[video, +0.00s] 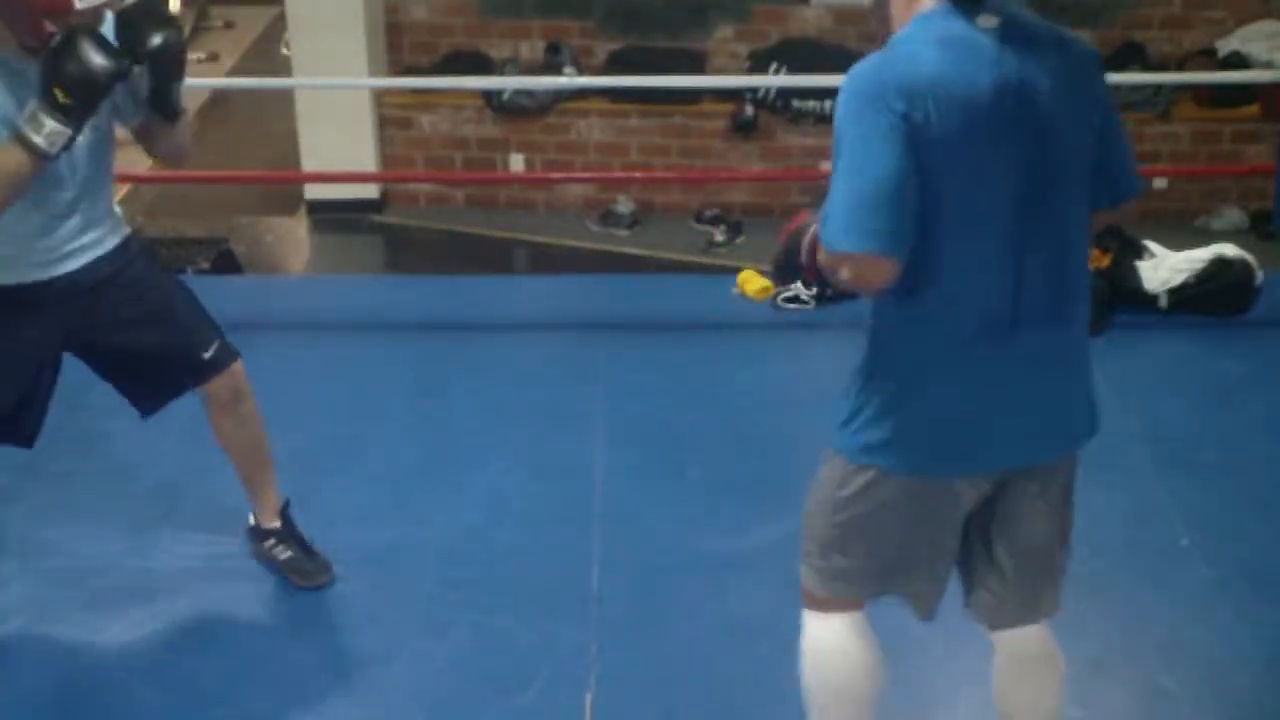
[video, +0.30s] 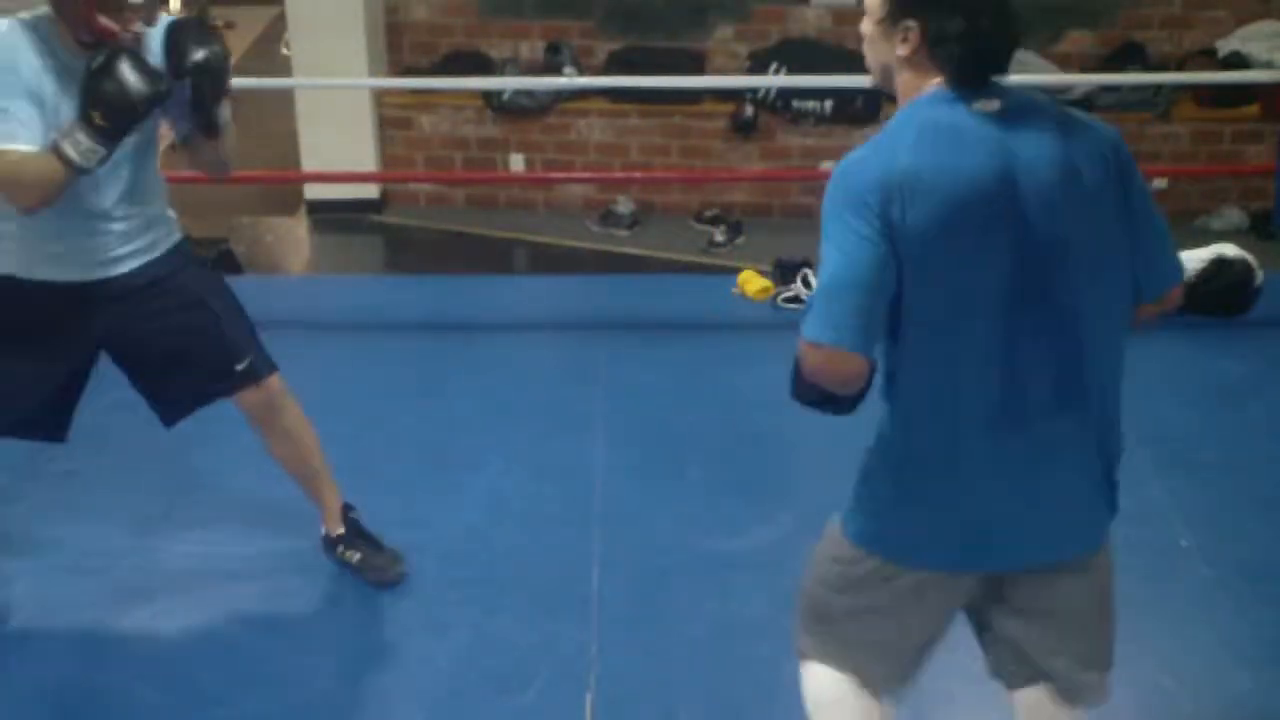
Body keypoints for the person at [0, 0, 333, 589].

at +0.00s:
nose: (52, 26)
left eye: (63, 14)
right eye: (39, 15)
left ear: (77, 11)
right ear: (8, 14)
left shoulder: (88, 50)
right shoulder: (3, 71)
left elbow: (172, 151)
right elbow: (3, 190)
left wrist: (164, 86)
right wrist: (54, 114)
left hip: (103, 260)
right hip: (12, 284)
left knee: (224, 374)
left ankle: (271, 522)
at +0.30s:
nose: (126, 29)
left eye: (138, 17)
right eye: (115, 15)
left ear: (148, 11)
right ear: (71, 2)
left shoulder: (154, 37)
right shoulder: (14, 44)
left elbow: (212, 163)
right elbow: (22, 190)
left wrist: (206, 100)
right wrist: (95, 128)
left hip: (150, 261)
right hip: (32, 277)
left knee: (261, 389)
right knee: (4, 427)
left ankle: (338, 523)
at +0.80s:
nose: (149, 8)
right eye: (129, 3)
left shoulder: (195, 11)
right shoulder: (42, 28)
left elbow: (238, 138)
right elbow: (61, 169)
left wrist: (236, 99)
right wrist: (128, 110)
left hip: (205, 229)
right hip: (89, 244)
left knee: (309, 364)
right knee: (43, 391)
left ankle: (351, 520)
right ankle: (60, 481)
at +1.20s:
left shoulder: (303, 16)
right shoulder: (156, 14)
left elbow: (360, 142)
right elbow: (161, 150)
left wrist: (344, 62)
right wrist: (223, 78)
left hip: (280, 227)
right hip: (167, 231)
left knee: (369, 368)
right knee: (107, 373)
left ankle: (427, 517)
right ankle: (69, 476)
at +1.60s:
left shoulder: (334, 7)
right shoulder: (179, 8)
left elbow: (361, 123)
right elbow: (185, 134)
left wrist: (361, 86)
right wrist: (248, 72)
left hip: (321, 212)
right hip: (209, 218)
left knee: (409, 352)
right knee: (177, 356)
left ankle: (448, 506)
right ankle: (192, 438)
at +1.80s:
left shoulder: (357, 6)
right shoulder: (207, 6)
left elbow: (425, 100)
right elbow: (198, 117)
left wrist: (403, 31)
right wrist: (249, 61)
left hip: (351, 213)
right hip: (243, 214)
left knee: (425, 361)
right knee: (198, 345)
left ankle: (514, 502)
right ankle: (193, 435)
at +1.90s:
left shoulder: (393, 6)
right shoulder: (248, 5)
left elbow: (465, 98)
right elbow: (228, 115)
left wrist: (433, 22)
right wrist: (275, 58)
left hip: (385, 213)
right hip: (280, 209)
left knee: (447, 364)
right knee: (225, 340)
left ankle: (514, 505)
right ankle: (198, 434)